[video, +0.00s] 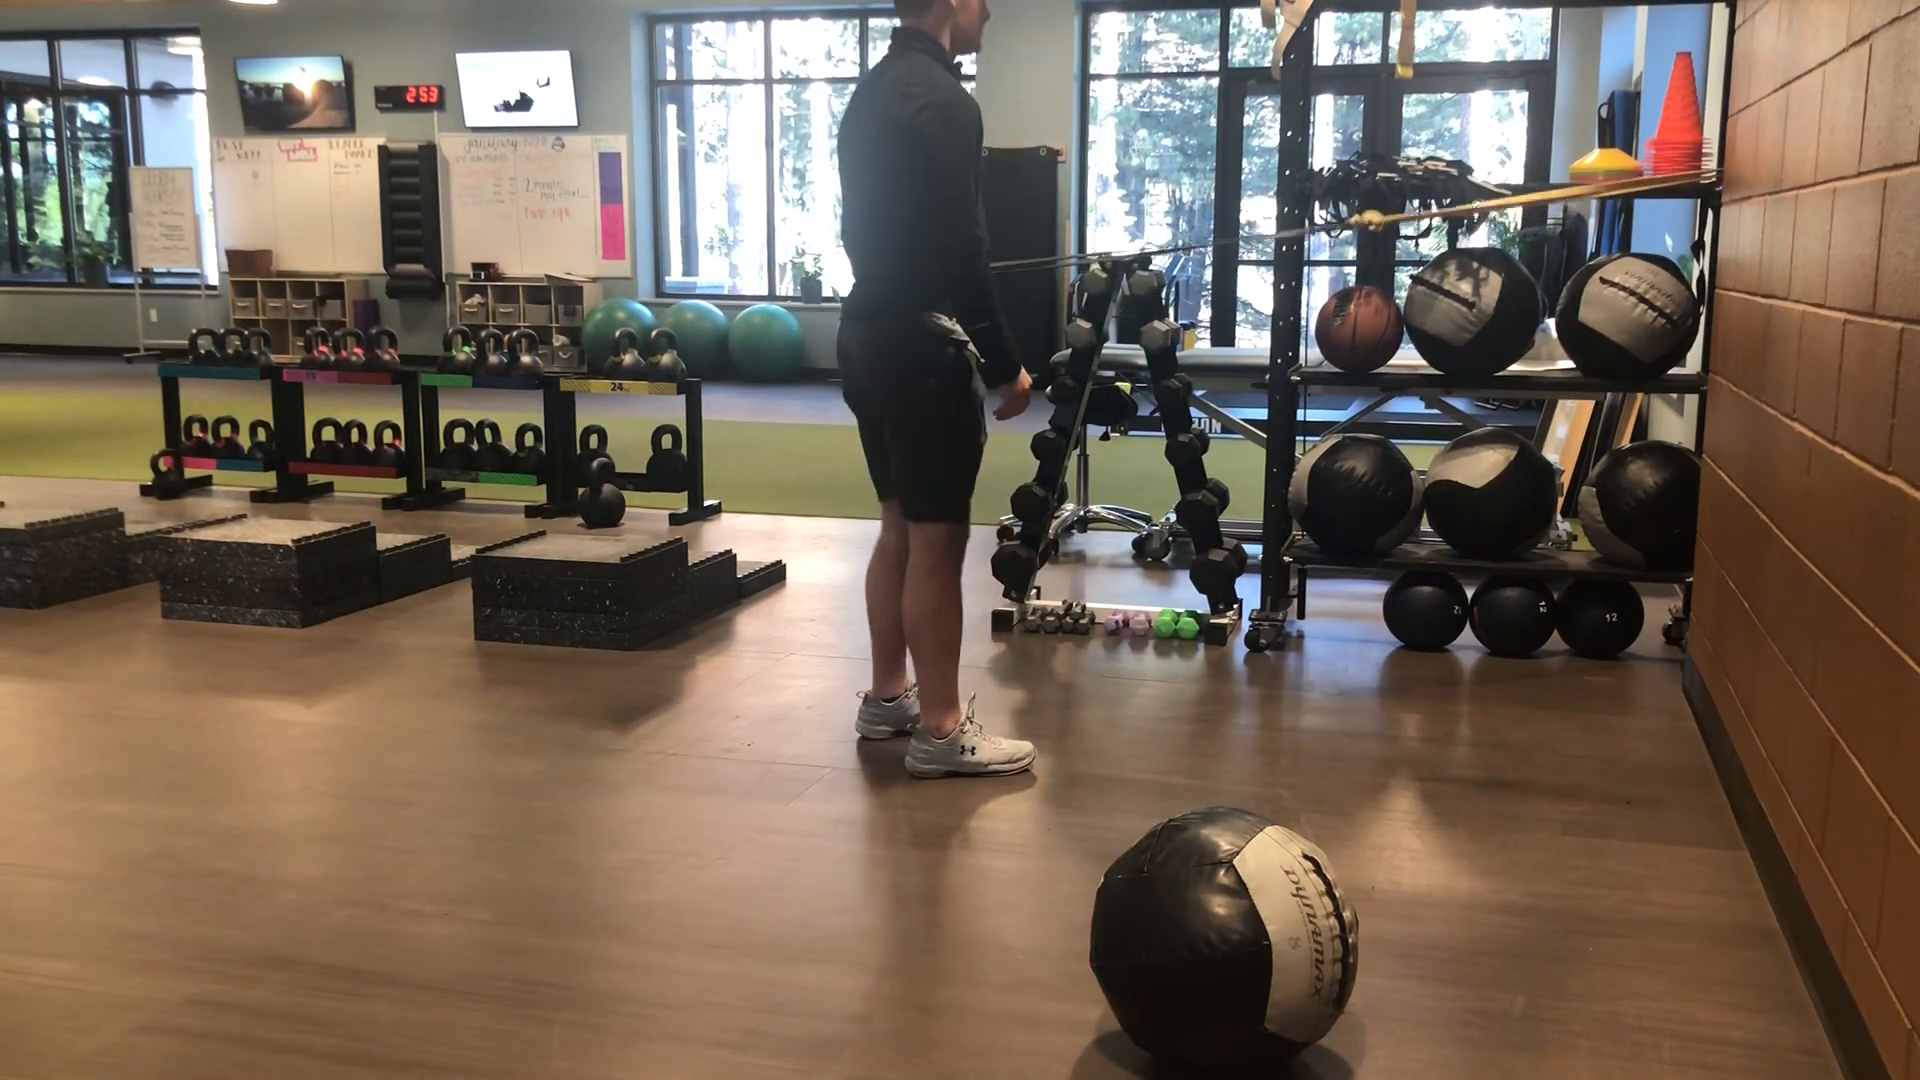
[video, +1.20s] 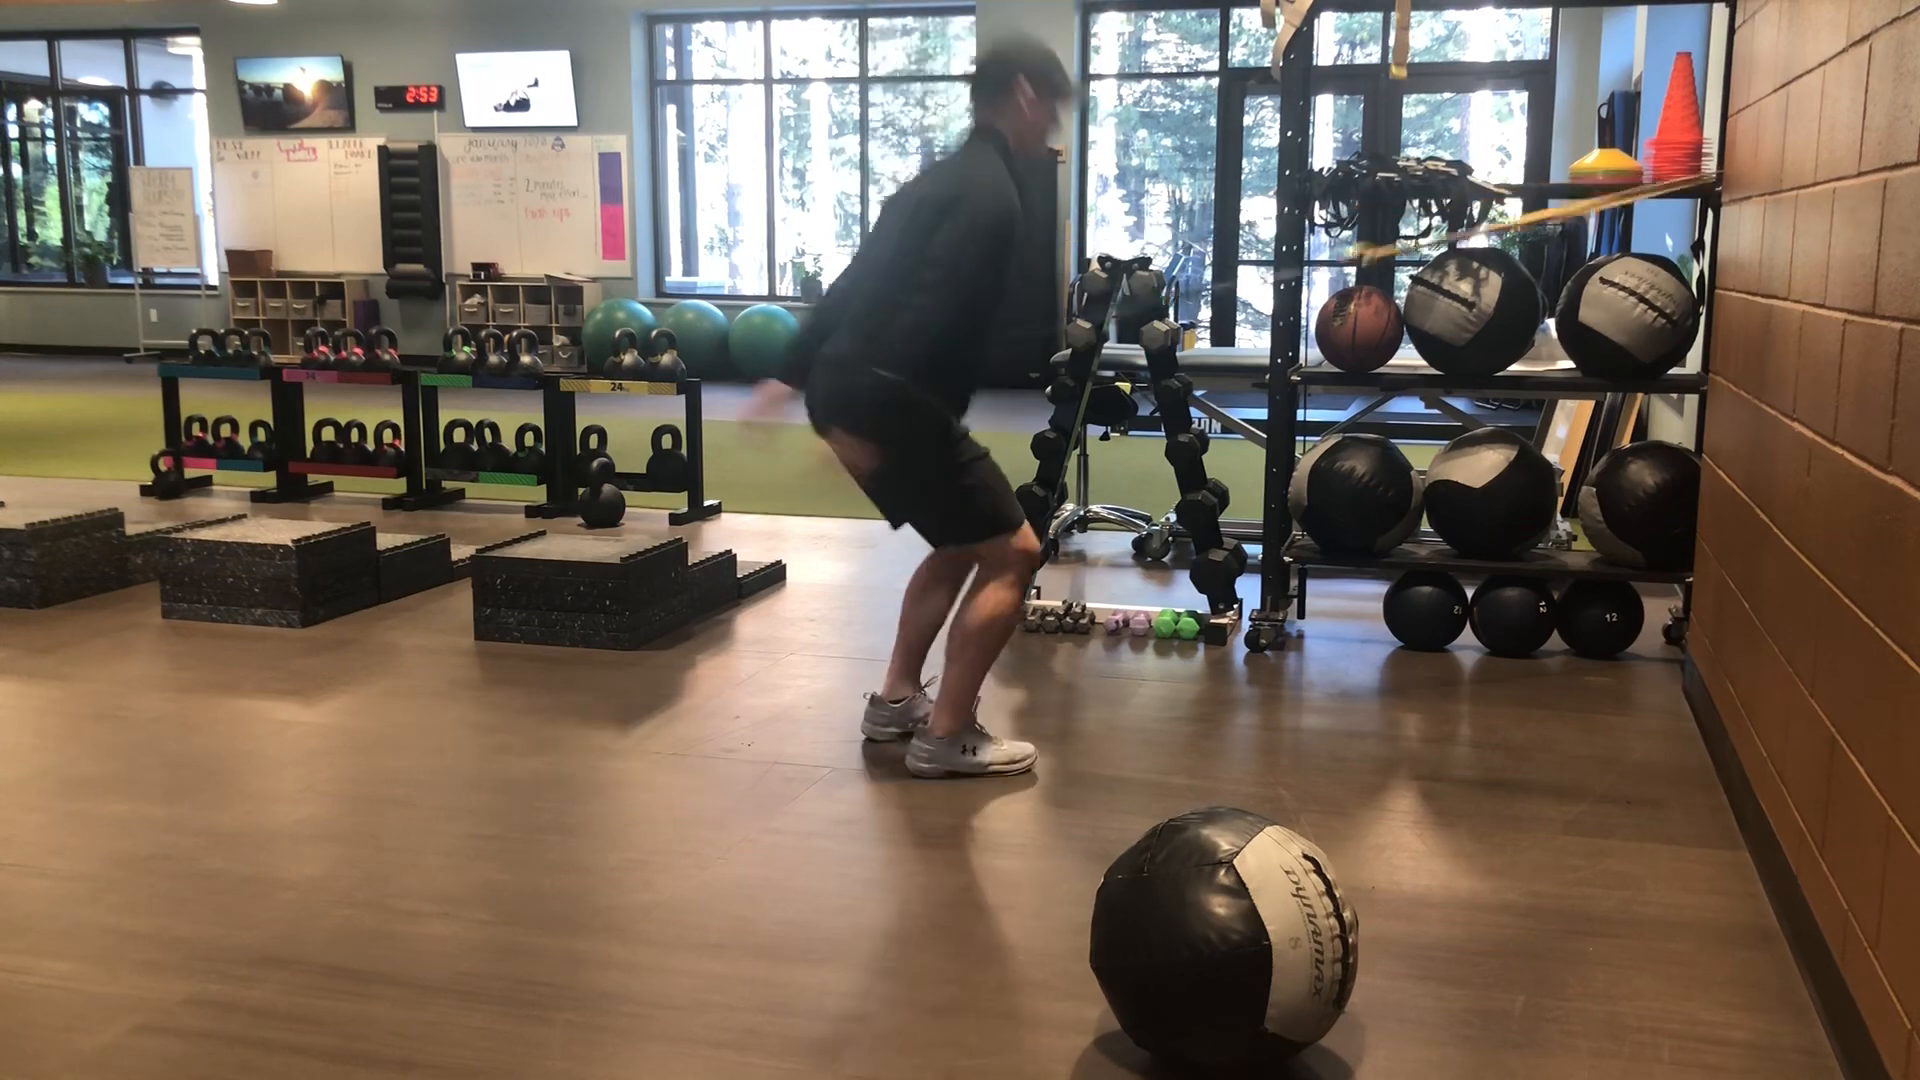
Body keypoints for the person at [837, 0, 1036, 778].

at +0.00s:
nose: (984, 18)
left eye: (982, 8)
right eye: (980, 7)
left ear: (912, 12)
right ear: (955, 7)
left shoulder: (869, 95)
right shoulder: (947, 103)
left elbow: (863, 236)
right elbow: (959, 250)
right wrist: (1006, 361)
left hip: (869, 332)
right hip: (930, 338)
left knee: (899, 524)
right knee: (937, 541)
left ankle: (885, 701)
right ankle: (942, 731)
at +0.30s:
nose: (979, 17)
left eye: (977, 8)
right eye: (975, 6)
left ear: (906, 14)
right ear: (949, 7)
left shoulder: (866, 103)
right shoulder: (941, 103)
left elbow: (900, 232)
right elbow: (984, 231)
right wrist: (1079, 295)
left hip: (873, 337)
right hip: (935, 344)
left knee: (895, 521)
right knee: (948, 537)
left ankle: (885, 696)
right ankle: (943, 730)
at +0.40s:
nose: (980, 16)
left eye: (976, 6)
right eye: (976, 5)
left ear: (912, 13)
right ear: (949, 6)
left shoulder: (872, 96)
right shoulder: (946, 102)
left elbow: (956, 179)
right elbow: (1032, 205)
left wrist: (1045, 169)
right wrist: (1120, 182)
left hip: (876, 338)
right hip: (935, 346)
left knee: (902, 526)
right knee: (947, 543)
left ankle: (885, 700)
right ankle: (943, 731)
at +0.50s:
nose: (979, 13)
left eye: (975, 2)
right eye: (973, 2)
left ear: (906, 11)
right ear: (945, 5)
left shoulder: (875, 88)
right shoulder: (947, 91)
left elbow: (995, 139)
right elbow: (1079, 136)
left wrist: (1057, 79)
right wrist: (1123, 72)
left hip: (882, 335)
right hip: (941, 342)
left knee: (909, 522)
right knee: (949, 541)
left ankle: (890, 694)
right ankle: (944, 730)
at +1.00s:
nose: (967, 11)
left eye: (965, 7)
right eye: (962, 4)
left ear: (891, 1)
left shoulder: (871, 52)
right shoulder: (939, 43)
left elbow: (995, 49)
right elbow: (1072, 46)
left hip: (888, 302)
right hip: (946, 304)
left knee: (933, 493)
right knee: (973, 508)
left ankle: (912, 658)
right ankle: (973, 698)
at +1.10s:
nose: (1008, 28)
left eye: (1007, 15)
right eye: (1001, 14)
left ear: (945, 17)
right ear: (967, 13)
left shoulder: (913, 95)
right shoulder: (956, 102)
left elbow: (930, 225)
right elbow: (980, 222)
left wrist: (994, 293)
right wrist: (1016, 291)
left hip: (870, 334)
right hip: (911, 339)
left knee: (943, 518)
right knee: (982, 526)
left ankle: (903, 683)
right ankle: (954, 725)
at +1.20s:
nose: (1056, 130)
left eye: (1059, 114)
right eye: (1052, 110)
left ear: (999, 101)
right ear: (1020, 96)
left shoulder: (936, 179)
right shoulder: (991, 193)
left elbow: (859, 277)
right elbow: (936, 305)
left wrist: (791, 369)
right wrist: (874, 409)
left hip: (838, 393)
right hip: (890, 404)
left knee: (958, 544)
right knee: (1013, 553)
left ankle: (896, 700)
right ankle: (949, 735)